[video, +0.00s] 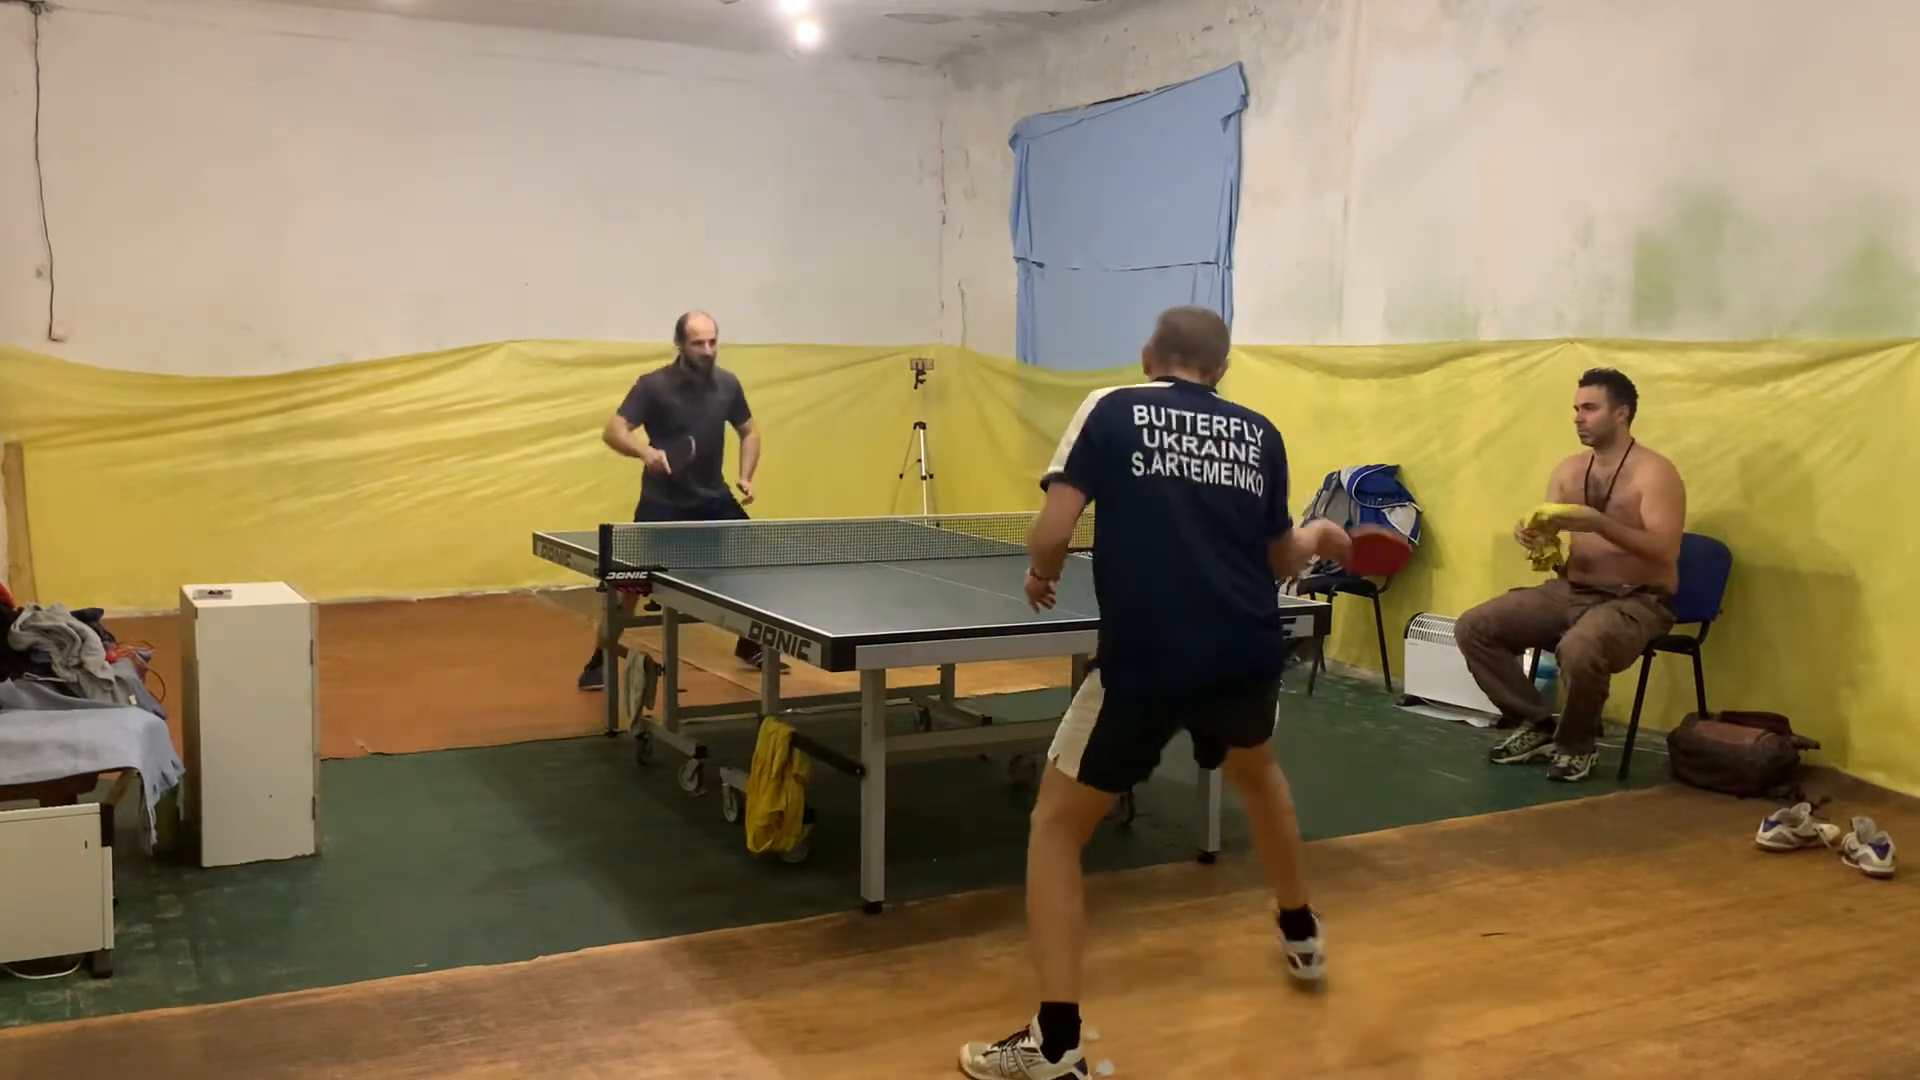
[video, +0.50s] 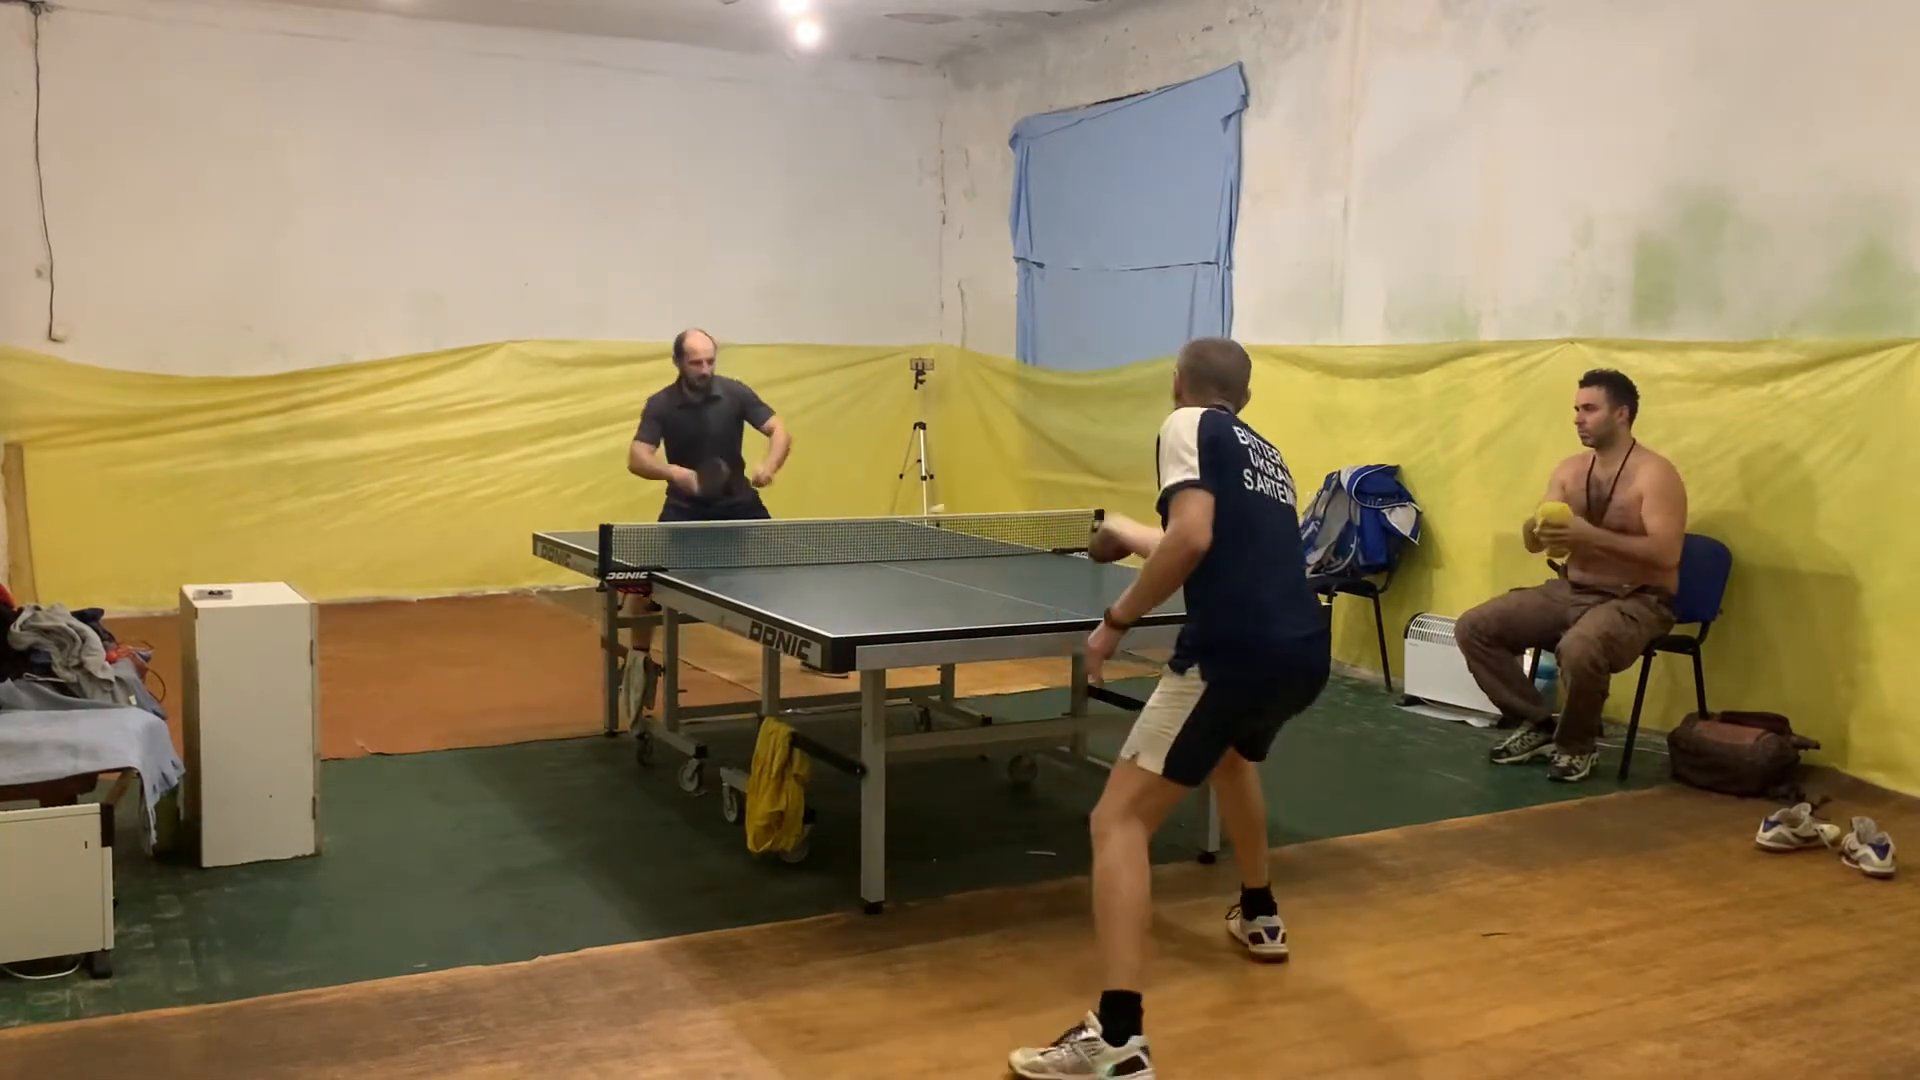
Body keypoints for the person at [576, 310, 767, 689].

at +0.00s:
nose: (708, 350)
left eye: (712, 342)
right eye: (699, 343)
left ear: (718, 342)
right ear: (680, 345)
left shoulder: (727, 385)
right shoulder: (653, 385)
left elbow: (749, 432)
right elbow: (613, 431)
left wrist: (746, 475)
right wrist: (644, 451)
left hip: (715, 499)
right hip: (662, 502)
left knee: (764, 562)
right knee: (631, 580)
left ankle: (752, 641)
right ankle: (601, 657)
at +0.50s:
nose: (705, 370)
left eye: (710, 362)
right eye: (697, 363)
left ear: (716, 359)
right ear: (678, 362)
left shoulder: (735, 393)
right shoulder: (661, 404)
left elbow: (781, 433)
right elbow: (637, 460)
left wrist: (769, 466)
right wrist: (672, 472)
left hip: (739, 503)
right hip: (685, 507)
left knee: (783, 563)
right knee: (643, 579)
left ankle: (806, 641)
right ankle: (639, 664)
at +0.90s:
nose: (783, 363)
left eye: (789, 356)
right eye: (777, 355)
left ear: (795, 355)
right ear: (759, 350)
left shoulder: (785, 383)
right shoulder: (737, 383)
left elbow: (798, 416)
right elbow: (721, 414)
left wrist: (813, 454)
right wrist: (719, 443)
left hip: (766, 489)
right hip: (725, 493)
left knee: (807, 548)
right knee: (696, 567)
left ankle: (815, 641)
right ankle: (644, 652)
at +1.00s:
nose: (780, 340)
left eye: (786, 333)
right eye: (773, 331)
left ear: (792, 333)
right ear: (757, 328)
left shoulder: (791, 367)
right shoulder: (734, 361)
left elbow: (805, 404)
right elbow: (703, 388)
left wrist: (819, 443)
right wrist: (692, 416)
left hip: (770, 473)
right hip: (728, 474)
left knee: (792, 538)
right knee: (719, 549)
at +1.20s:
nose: (769, 350)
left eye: (776, 343)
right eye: (762, 342)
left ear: (784, 344)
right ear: (748, 341)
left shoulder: (794, 385)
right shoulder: (723, 380)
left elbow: (819, 426)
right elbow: (679, 411)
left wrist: (817, 463)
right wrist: (682, 429)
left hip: (775, 493)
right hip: (725, 493)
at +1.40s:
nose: (732, 347)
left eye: (739, 340)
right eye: (724, 340)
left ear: (748, 341)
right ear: (711, 341)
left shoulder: (763, 382)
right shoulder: (690, 380)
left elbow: (789, 426)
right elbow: (646, 422)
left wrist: (777, 472)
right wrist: (669, 435)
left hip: (749, 498)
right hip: (698, 497)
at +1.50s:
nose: (714, 342)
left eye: (721, 334)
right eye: (706, 335)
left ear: (730, 336)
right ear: (693, 336)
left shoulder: (750, 374)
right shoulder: (675, 376)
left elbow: (776, 417)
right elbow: (636, 421)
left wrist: (758, 465)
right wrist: (659, 438)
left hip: (736, 488)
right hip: (686, 488)